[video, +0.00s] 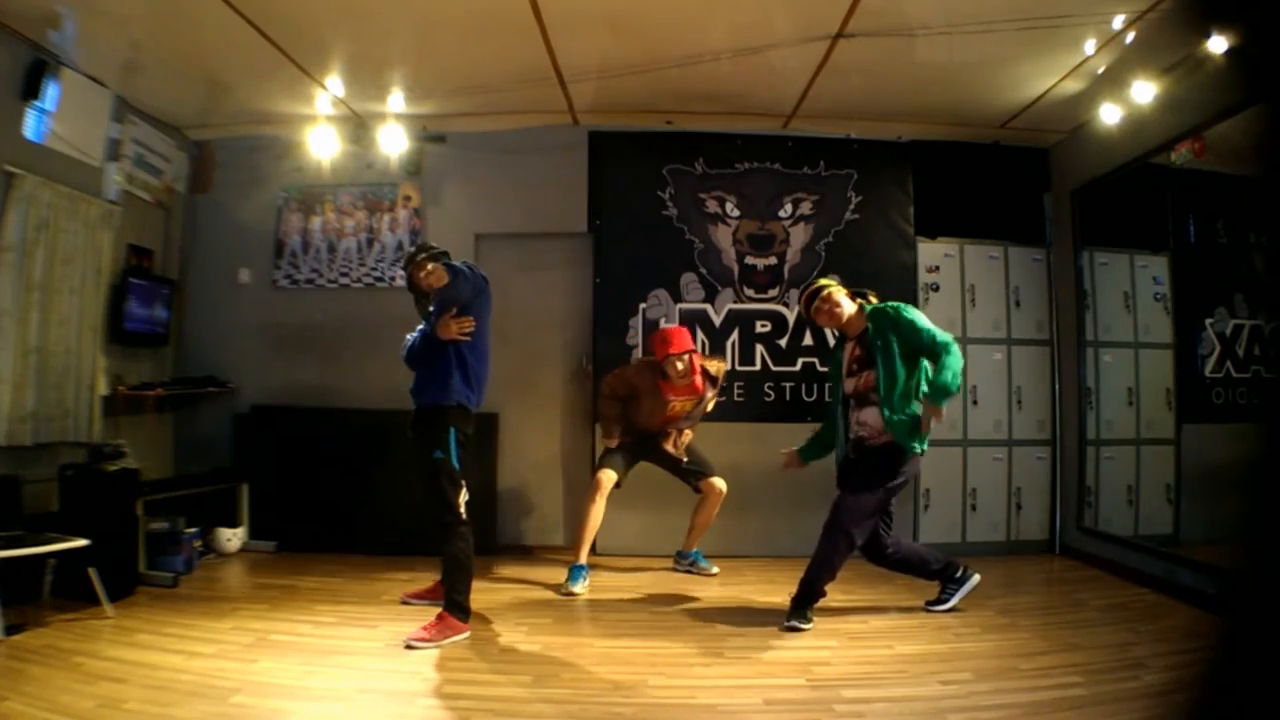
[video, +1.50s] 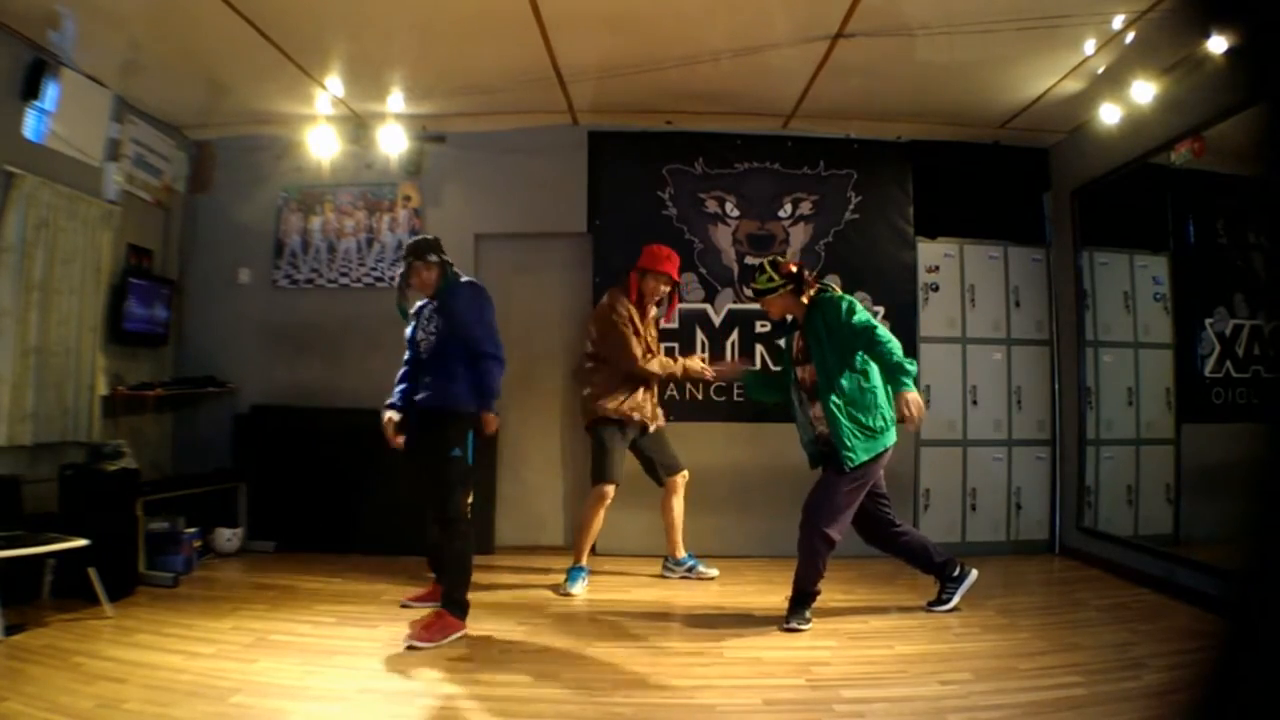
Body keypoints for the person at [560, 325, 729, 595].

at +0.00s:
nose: (678, 364)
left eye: (683, 357)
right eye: (671, 360)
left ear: (693, 355)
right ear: (661, 362)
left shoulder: (708, 375)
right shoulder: (641, 373)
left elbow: (706, 403)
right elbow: (609, 389)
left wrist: (688, 427)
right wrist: (611, 432)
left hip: (668, 439)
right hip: (630, 438)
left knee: (716, 488)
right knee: (602, 480)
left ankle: (687, 554)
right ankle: (579, 567)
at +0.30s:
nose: (706, 360)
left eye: (710, 352)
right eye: (698, 354)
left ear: (719, 351)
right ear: (686, 356)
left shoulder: (725, 380)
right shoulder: (663, 368)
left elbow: (718, 410)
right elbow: (625, 393)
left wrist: (698, 429)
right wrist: (624, 428)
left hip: (678, 442)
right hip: (641, 439)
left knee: (722, 489)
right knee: (607, 485)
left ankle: (687, 554)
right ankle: (579, 567)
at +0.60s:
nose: (715, 350)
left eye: (721, 345)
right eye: (710, 342)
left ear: (727, 346)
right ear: (696, 338)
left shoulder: (723, 372)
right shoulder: (664, 355)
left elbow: (716, 407)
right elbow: (623, 384)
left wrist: (707, 429)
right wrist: (623, 421)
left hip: (676, 438)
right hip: (638, 433)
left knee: (718, 486)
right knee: (604, 482)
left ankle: (687, 553)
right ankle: (579, 566)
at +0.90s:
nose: (696, 322)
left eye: (703, 316)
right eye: (690, 314)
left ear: (709, 320)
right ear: (677, 313)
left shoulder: (702, 356)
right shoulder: (643, 332)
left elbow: (693, 409)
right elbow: (604, 370)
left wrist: (690, 444)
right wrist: (605, 417)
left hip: (663, 427)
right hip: (624, 423)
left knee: (703, 485)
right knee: (591, 478)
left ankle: (686, 554)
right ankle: (578, 566)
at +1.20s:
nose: (674, 301)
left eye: (677, 295)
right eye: (668, 294)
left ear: (679, 295)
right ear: (648, 291)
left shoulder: (669, 327)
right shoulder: (609, 314)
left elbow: (669, 374)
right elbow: (580, 362)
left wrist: (673, 410)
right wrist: (594, 404)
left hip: (646, 417)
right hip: (608, 414)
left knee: (678, 481)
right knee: (592, 483)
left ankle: (680, 555)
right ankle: (578, 567)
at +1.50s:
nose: (661, 290)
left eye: (667, 284)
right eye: (657, 281)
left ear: (670, 287)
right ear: (640, 276)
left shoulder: (647, 314)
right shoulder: (615, 306)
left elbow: (652, 361)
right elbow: (636, 362)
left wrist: (688, 367)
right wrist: (684, 368)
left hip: (642, 414)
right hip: (609, 412)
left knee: (676, 478)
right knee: (605, 489)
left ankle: (676, 559)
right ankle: (579, 567)